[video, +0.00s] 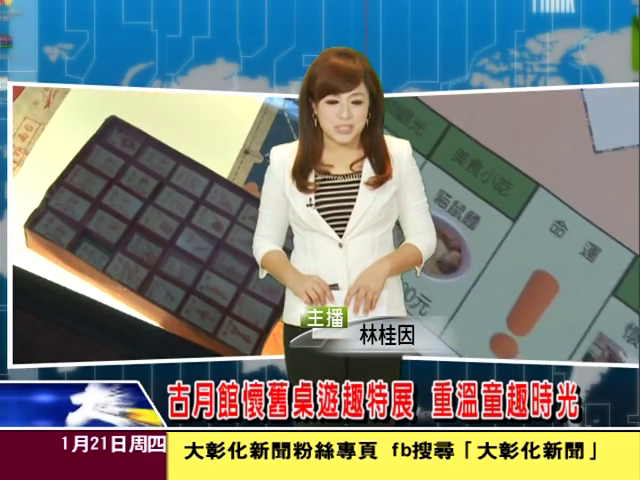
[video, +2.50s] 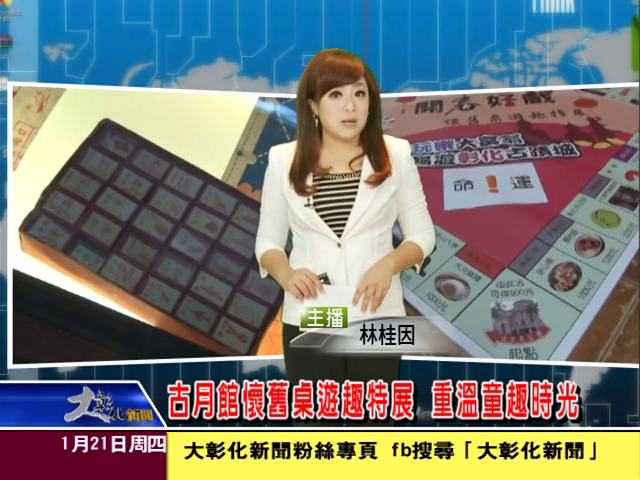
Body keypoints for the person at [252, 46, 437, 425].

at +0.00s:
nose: (345, 115)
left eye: (357, 102)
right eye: (332, 103)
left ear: (371, 105)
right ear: (312, 107)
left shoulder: (395, 156)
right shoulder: (285, 161)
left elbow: (424, 239)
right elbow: (265, 243)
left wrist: (382, 267)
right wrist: (296, 279)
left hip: (378, 325)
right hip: (308, 324)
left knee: (377, 440)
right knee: (315, 439)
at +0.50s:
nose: (345, 104)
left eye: (356, 92)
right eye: (332, 92)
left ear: (370, 103)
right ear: (313, 103)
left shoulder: (395, 155)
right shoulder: (285, 160)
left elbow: (424, 237)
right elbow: (264, 242)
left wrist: (386, 267)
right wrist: (289, 276)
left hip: (377, 324)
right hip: (307, 323)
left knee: (376, 441)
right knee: (314, 440)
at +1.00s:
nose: (343, 105)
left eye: (354, 93)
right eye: (330, 94)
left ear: (369, 102)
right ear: (311, 104)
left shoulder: (395, 155)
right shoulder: (285, 159)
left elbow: (422, 236)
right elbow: (264, 241)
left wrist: (388, 265)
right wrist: (288, 275)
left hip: (376, 325)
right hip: (307, 324)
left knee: (375, 443)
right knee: (314, 442)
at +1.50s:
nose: (343, 105)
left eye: (355, 94)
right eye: (330, 94)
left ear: (370, 103)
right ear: (312, 104)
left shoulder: (395, 155)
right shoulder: (286, 159)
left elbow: (422, 237)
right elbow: (268, 242)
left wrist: (389, 265)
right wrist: (289, 273)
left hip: (376, 326)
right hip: (307, 324)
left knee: (375, 441)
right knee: (313, 440)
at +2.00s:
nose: (343, 105)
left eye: (355, 94)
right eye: (330, 94)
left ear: (370, 103)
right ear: (312, 104)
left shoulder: (395, 155)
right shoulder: (286, 159)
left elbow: (423, 237)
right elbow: (268, 242)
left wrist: (388, 265)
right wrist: (289, 274)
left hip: (377, 325)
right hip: (308, 323)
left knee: (375, 441)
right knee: (314, 440)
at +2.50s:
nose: (350, 106)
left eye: (359, 94)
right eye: (335, 95)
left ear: (370, 102)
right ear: (312, 106)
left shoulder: (394, 155)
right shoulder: (284, 160)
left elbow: (422, 236)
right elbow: (267, 243)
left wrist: (387, 265)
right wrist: (288, 274)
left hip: (377, 325)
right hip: (307, 324)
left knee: (377, 440)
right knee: (314, 440)